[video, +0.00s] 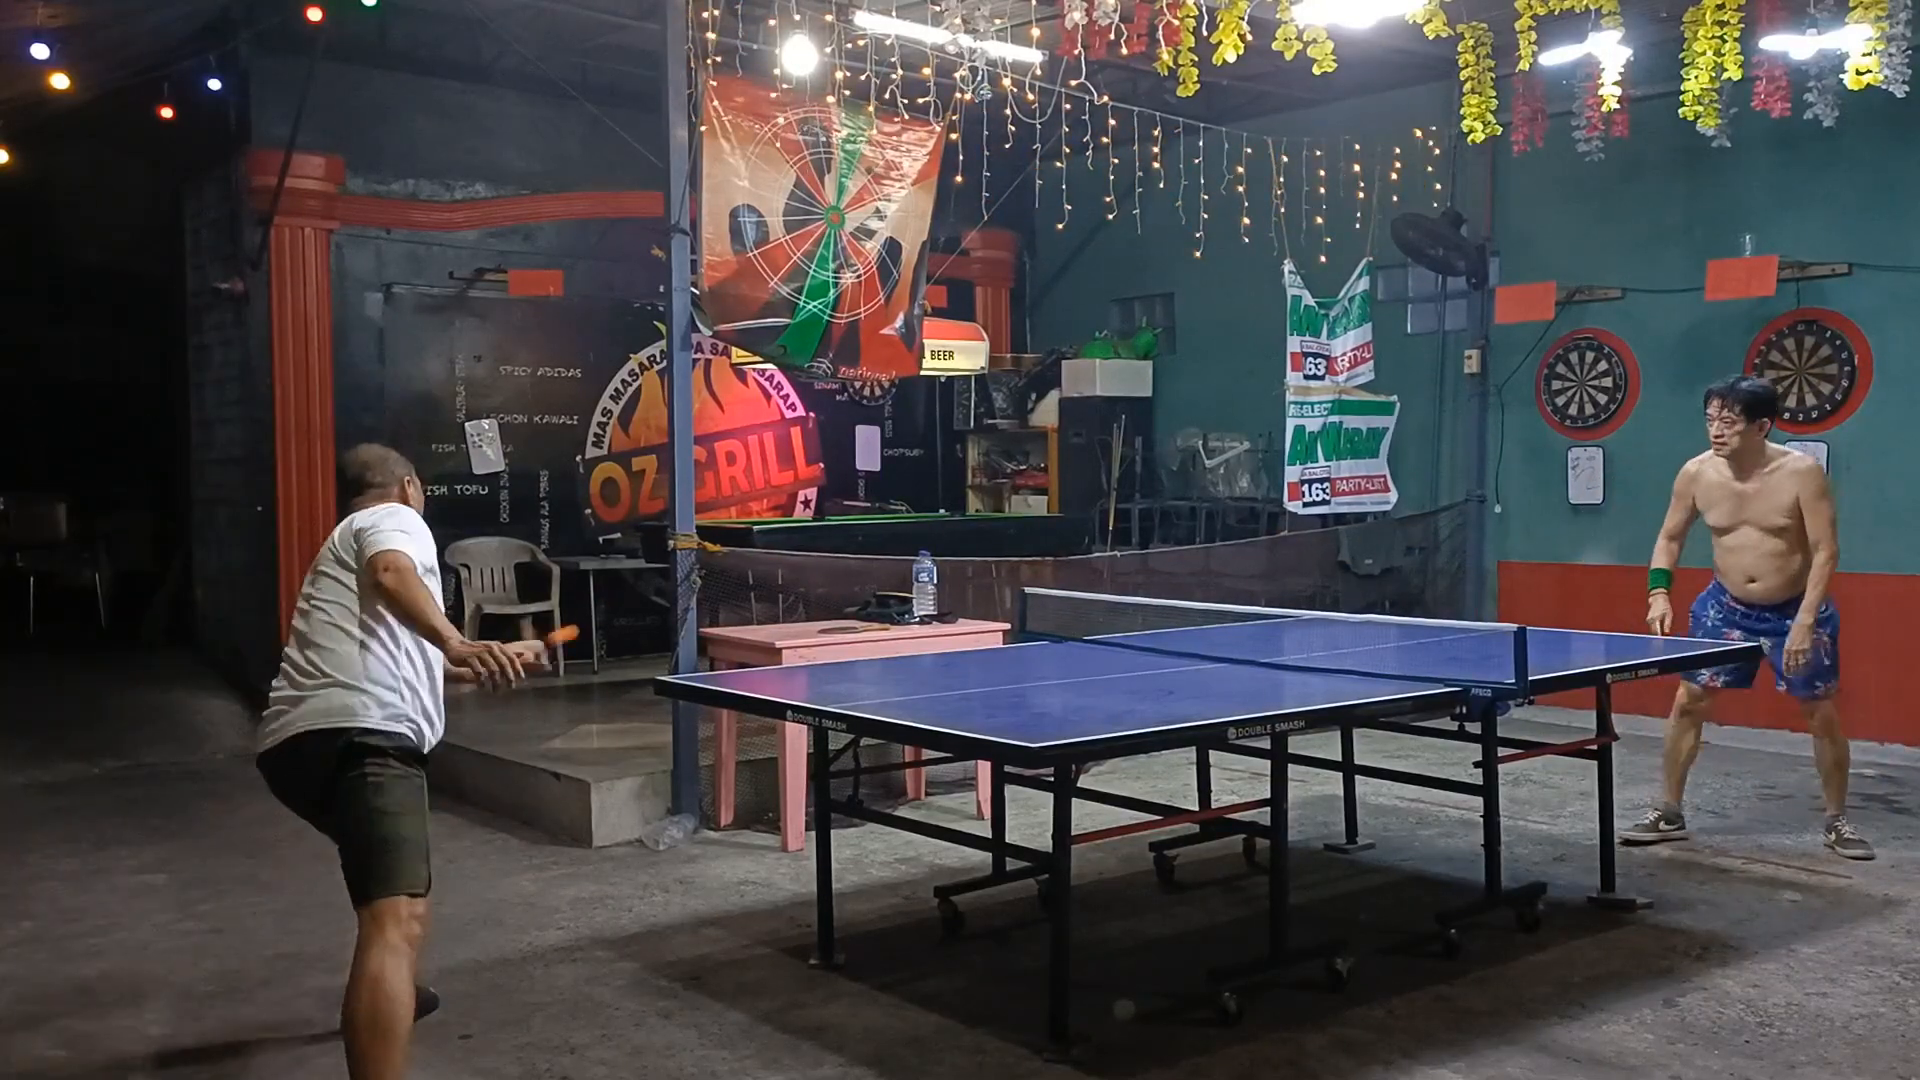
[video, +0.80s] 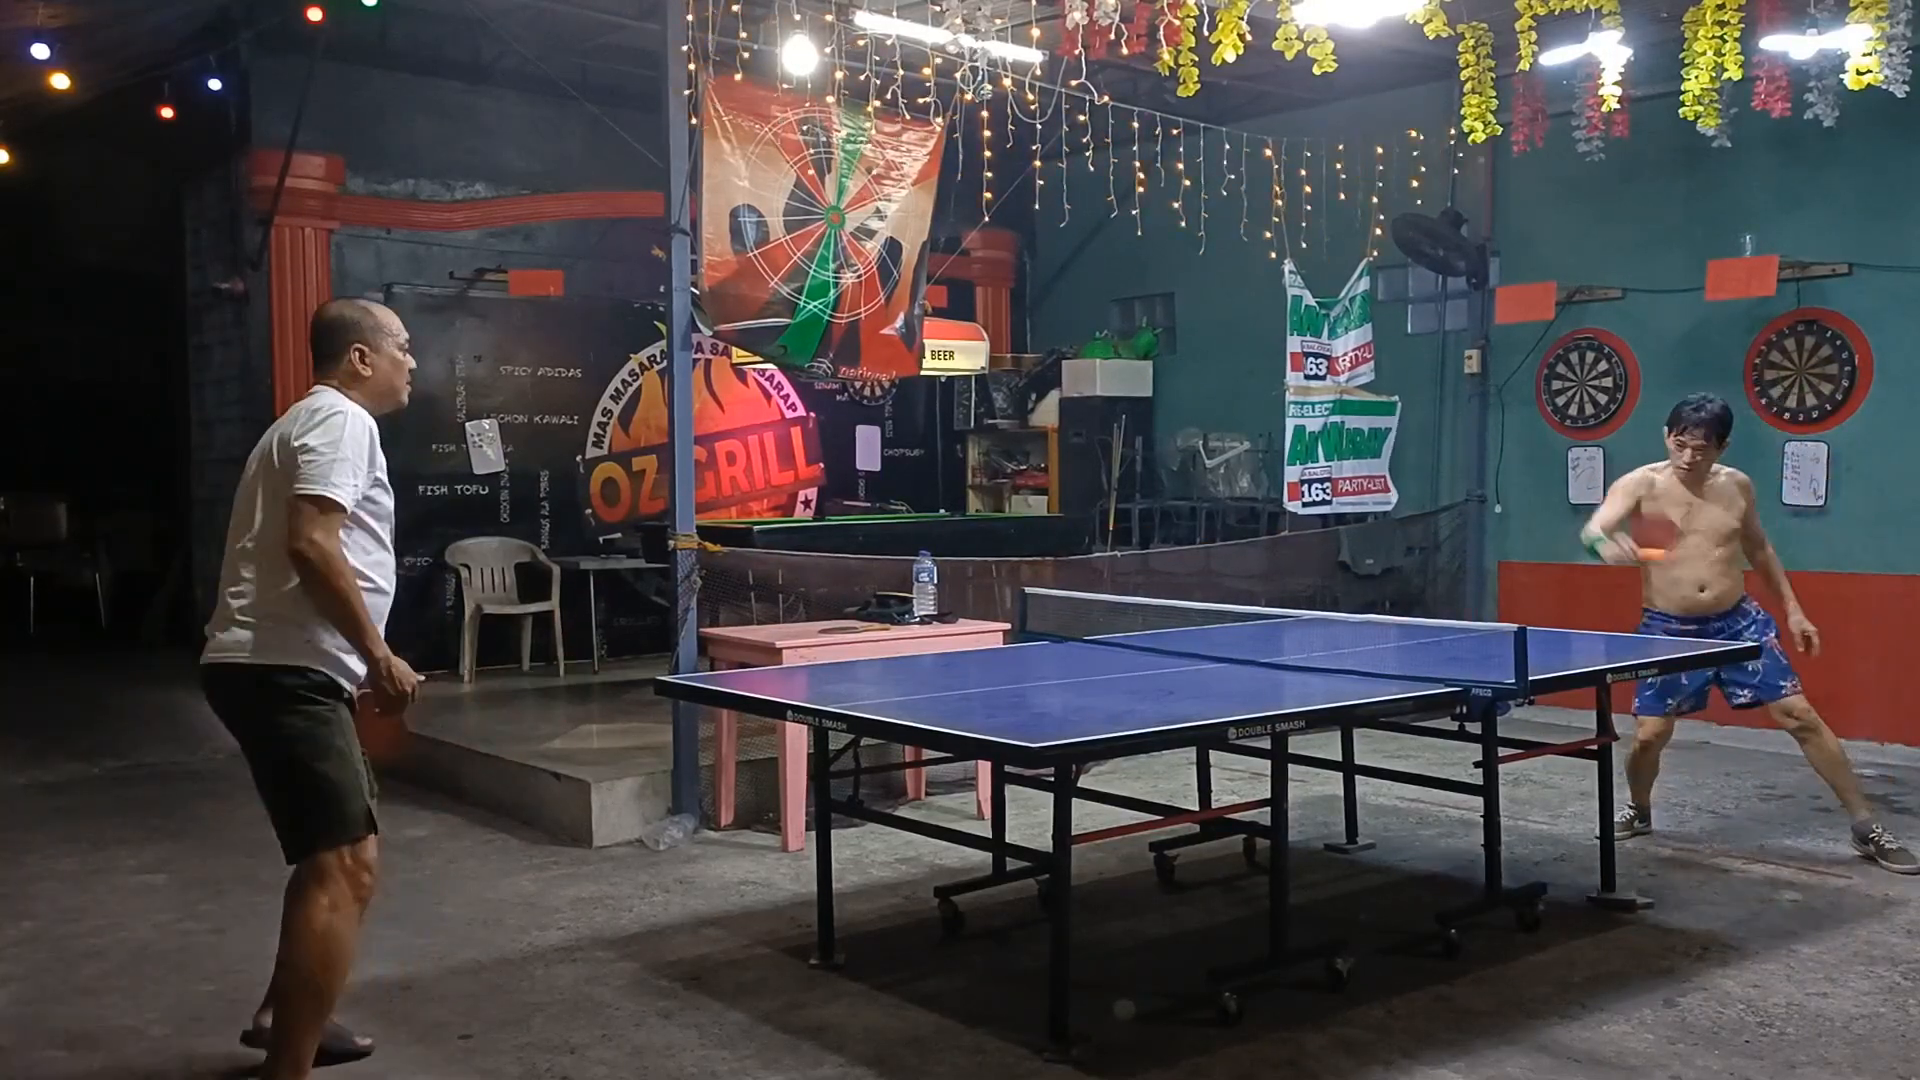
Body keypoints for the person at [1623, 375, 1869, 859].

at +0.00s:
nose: (1717, 429)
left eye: (1729, 419)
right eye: (1712, 418)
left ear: (1762, 425)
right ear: (1706, 422)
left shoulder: (1802, 473)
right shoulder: (1696, 474)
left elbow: (1825, 553)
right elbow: (1670, 538)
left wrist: (1804, 624)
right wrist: (1658, 592)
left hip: (1796, 614)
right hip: (1725, 610)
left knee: (1823, 717)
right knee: (1687, 702)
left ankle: (1837, 821)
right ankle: (1669, 811)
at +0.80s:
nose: (1690, 457)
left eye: (1702, 449)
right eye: (1682, 444)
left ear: (1719, 447)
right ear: (1668, 436)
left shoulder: (1737, 486)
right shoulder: (1638, 484)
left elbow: (1759, 548)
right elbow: (1592, 531)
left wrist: (1792, 609)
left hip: (1737, 623)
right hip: (1666, 628)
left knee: (1800, 716)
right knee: (1648, 737)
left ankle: (1865, 825)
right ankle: (1639, 812)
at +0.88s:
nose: (1667, 448)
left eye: (1679, 440)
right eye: (1661, 435)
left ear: (1697, 442)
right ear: (1646, 430)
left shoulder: (1713, 482)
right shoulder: (1624, 468)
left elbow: (1739, 542)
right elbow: (1560, 448)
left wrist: (1772, 601)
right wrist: (1534, 418)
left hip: (1726, 620)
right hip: (1656, 629)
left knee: (1793, 712)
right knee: (1644, 736)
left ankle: (1847, 823)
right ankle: (1638, 811)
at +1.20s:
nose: (1633, 423)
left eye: (1645, 415)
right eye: (1626, 413)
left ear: (1672, 417)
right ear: (1619, 414)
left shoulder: (1712, 463)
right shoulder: (1604, 461)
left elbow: (1740, 528)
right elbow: (1530, 477)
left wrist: (1754, 591)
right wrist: (1507, 438)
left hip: (1708, 612)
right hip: (1636, 614)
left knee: (1737, 715)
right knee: (1611, 718)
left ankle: (1778, 833)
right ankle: (1631, 796)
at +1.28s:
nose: (1623, 422)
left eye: (1635, 412)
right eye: (1617, 413)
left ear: (1665, 415)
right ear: (1612, 416)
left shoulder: (1704, 460)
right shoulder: (1607, 464)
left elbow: (1750, 525)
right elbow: (1553, 506)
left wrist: (1734, 572)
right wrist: (1519, 503)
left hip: (1703, 608)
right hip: (1637, 612)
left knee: (1736, 710)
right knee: (1585, 700)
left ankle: (1800, 828)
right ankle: (1600, 816)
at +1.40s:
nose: (1617, 439)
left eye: (1628, 429)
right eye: (1612, 429)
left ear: (1660, 432)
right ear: (1608, 432)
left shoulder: (1696, 475)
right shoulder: (1611, 484)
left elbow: (1734, 548)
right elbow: (1568, 535)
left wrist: (1677, 584)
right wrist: (1535, 543)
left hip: (1708, 622)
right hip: (1646, 625)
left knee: (1737, 729)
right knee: (1581, 708)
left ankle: (1808, 854)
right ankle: (1594, 825)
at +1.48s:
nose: (1618, 452)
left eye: (1630, 443)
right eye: (1614, 443)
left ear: (1662, 446)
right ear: (1611, 447)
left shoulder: (1695, 487)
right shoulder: (1623, 500)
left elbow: (1704, 559)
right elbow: (1583, 554)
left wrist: (1632, 595)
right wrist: (1539, 563)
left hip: (1718, 633)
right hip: (1660, 636)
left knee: (1739, 736)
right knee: (1581, 711)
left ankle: (1818, 858)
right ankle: (1594, 826)